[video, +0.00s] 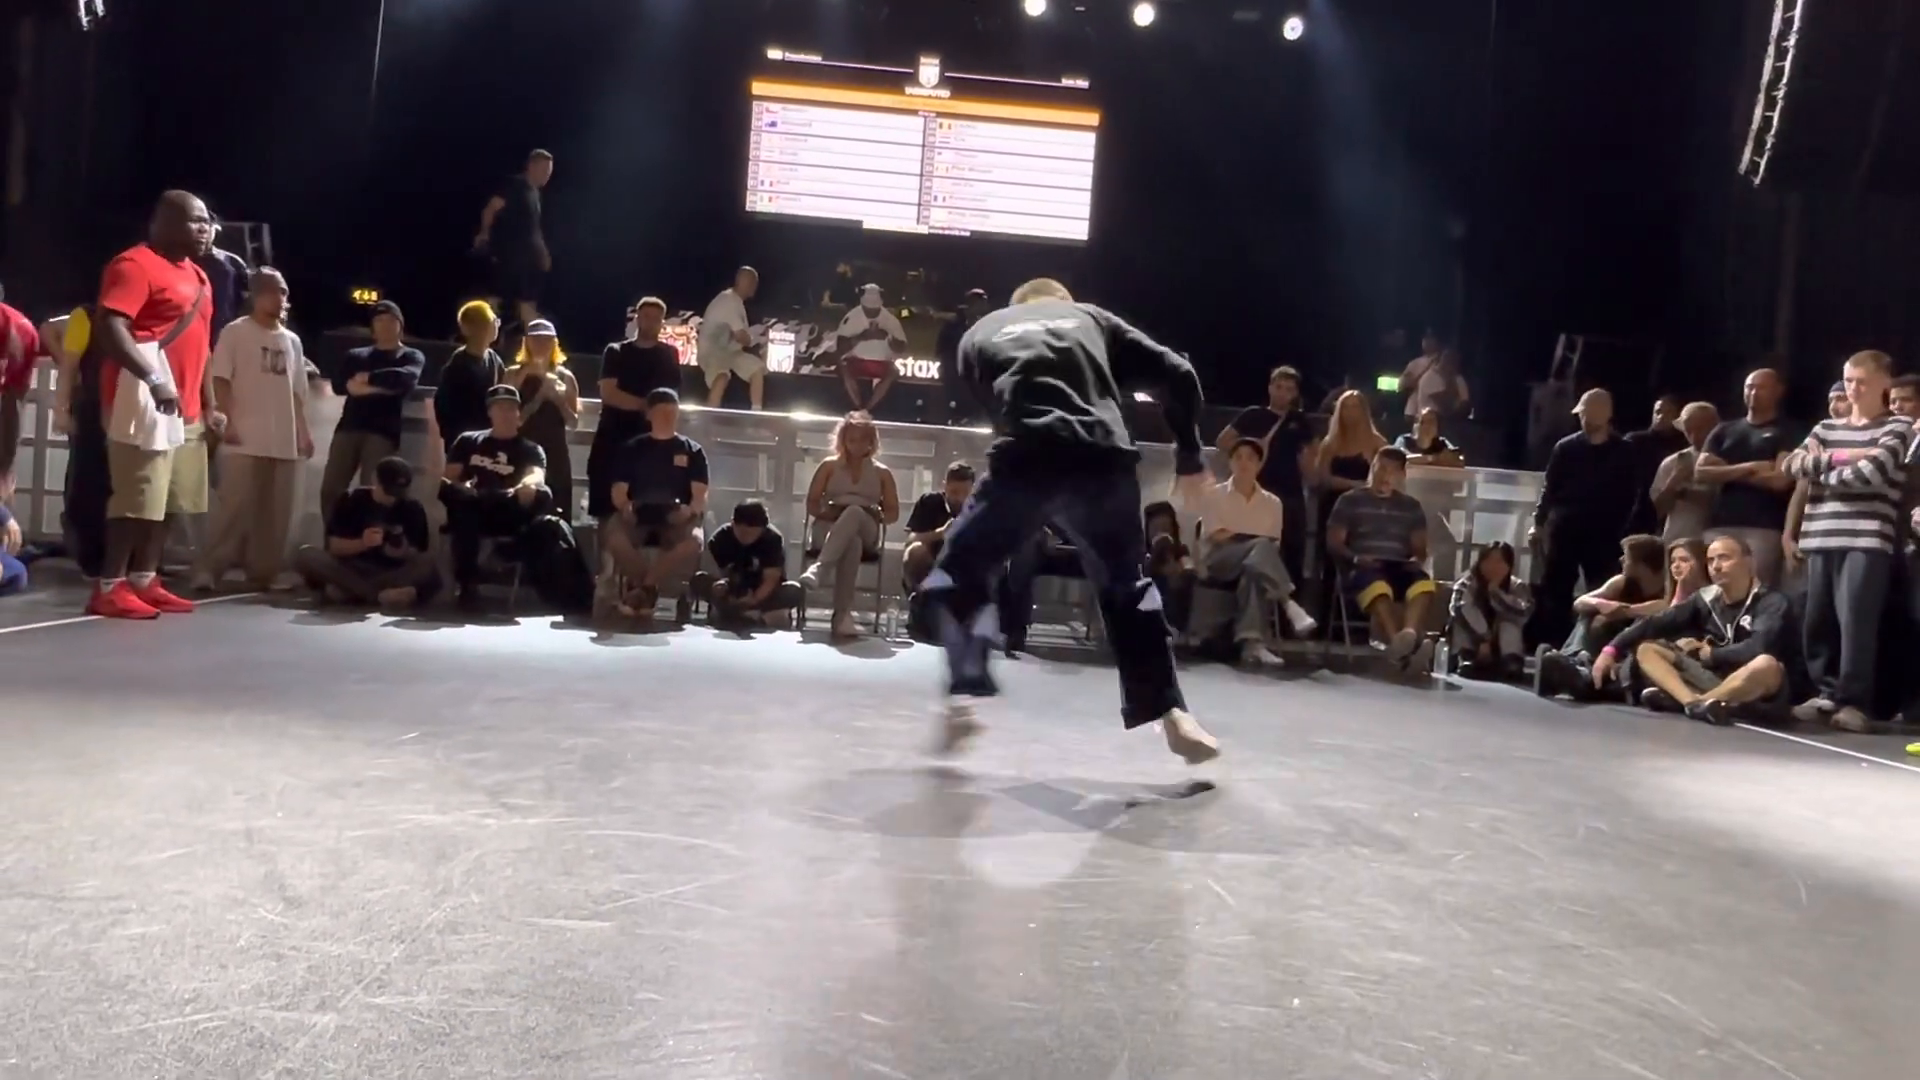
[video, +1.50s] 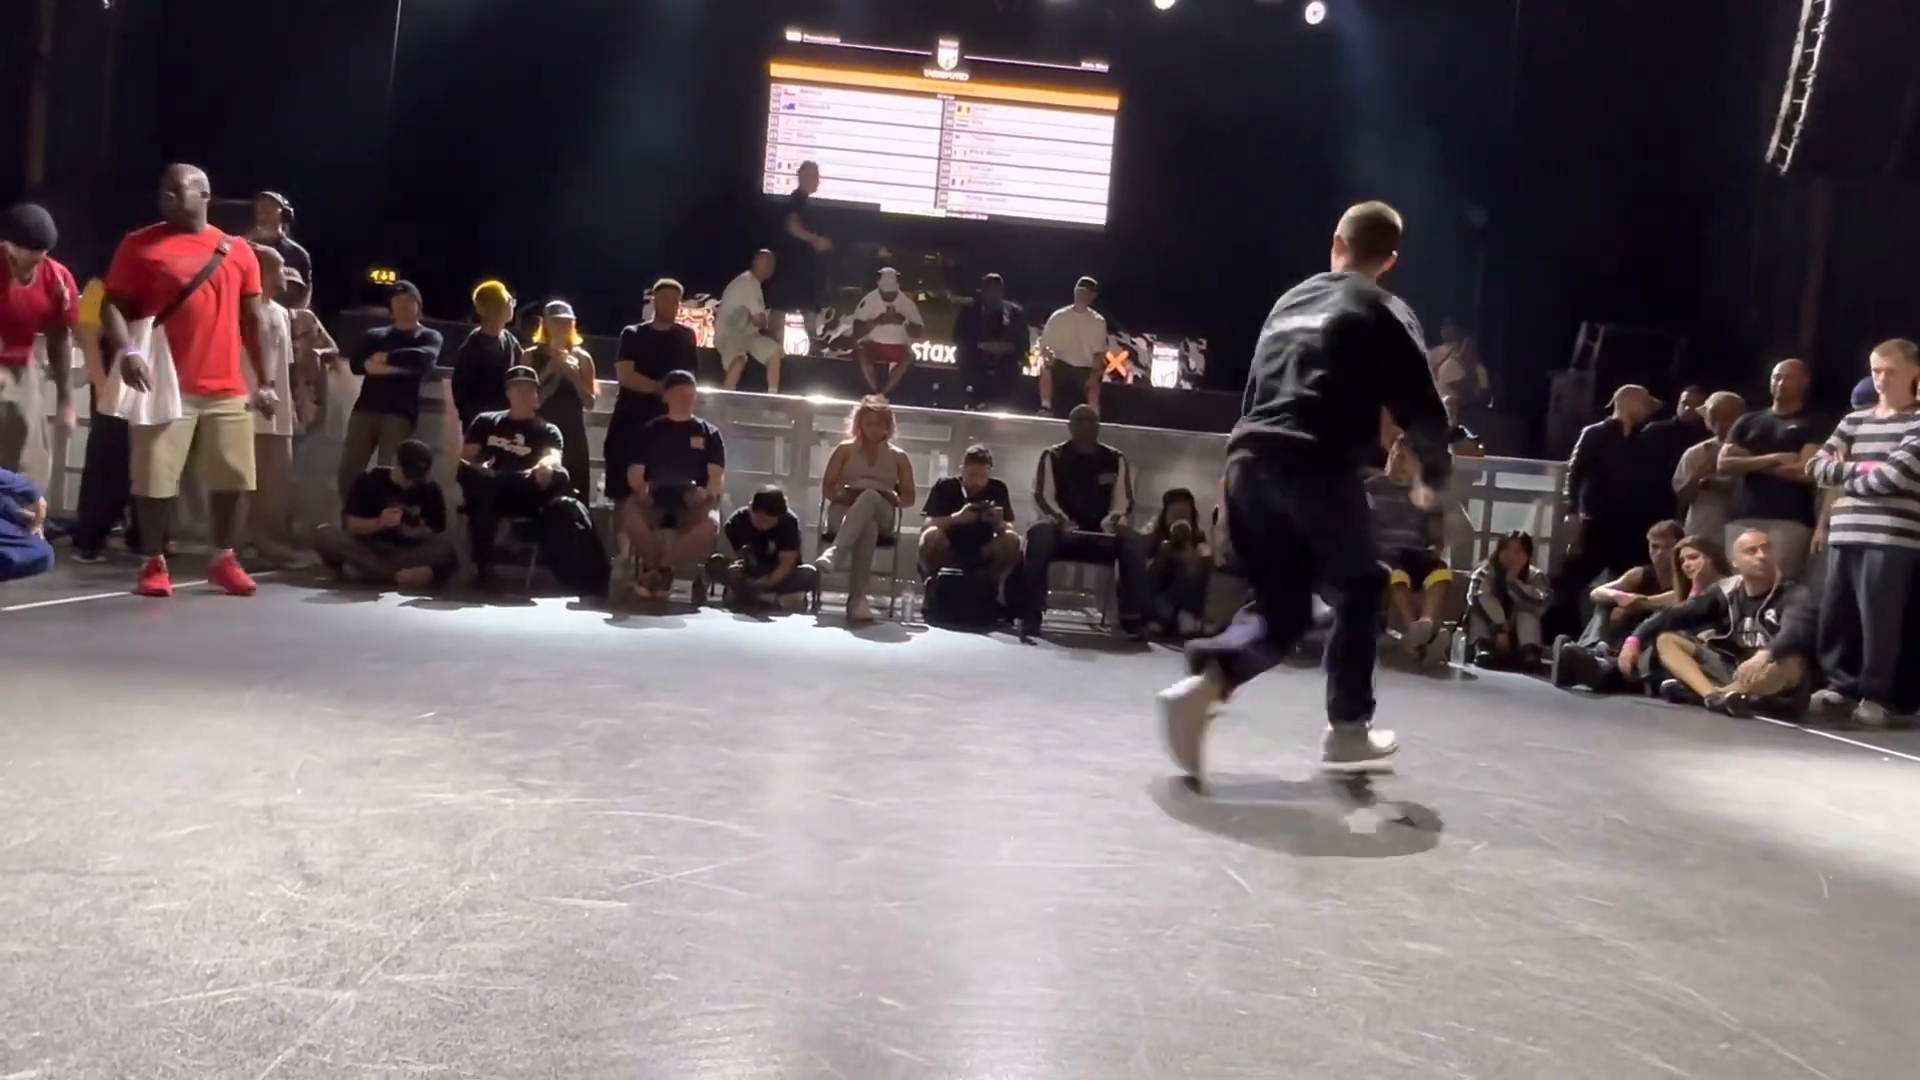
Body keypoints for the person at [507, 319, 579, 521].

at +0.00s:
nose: (541, 344)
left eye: (547, 339)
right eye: (535, 339)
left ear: (554, 344)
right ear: (527, 342)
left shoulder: (566, 377)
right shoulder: (513, 375)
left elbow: (574, 421)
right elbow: (511, 421)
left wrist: (557, 398)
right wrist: (539, 397)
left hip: (555, 448)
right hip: (522, 448)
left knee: (559, 509)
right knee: (521, 509)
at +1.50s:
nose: (562, 326)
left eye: (567, 321)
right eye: (556, 320)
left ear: (573, 324)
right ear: (545, 323)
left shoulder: (583, 358)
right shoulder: (531, 356)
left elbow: (589, 402)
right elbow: (529, 400)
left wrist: (573, 374)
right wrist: (553, 370)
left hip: (572, 431)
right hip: (540, 431)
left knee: (576, 492)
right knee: (538, 492)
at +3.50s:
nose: (558, 326)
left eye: (564, 320)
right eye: (553, 320)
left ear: (571, 323)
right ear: (544, 323)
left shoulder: (583, 355)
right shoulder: (532, 352)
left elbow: (588, 386)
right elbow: (526, 383)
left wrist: (577, 351)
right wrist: (545, 354)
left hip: (571, 424)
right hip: (540, 423)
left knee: (576, 481)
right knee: (539, 479)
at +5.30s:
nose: (538, 334)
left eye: (543, 329)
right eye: (532, 329)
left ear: (551, 336)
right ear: (523, 336)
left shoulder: (559, 367)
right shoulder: (511, 366)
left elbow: (567, 394)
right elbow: (504, 396)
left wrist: (556, 357)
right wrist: (524, 362)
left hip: (551, 440)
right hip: (520, 438)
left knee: (557, 499)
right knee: (519, 497)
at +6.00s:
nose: (528, 349)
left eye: (533, 345)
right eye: (523, 344)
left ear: (541, 350)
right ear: (513, 349)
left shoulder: (548, 379)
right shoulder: (507, 378)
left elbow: (559, 384)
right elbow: (497, 387)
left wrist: (544, 348)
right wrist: (515, 350)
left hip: (545, 447)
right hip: (514, 447)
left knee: (552, 509)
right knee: (514, 507)